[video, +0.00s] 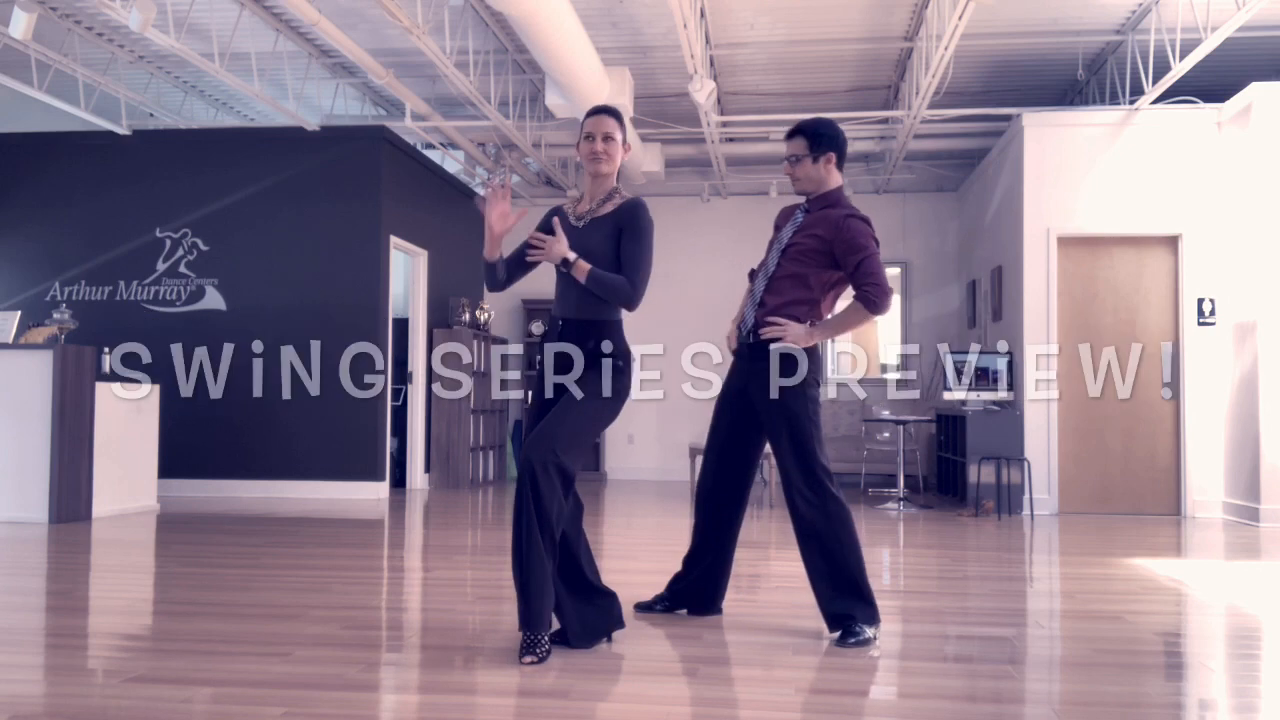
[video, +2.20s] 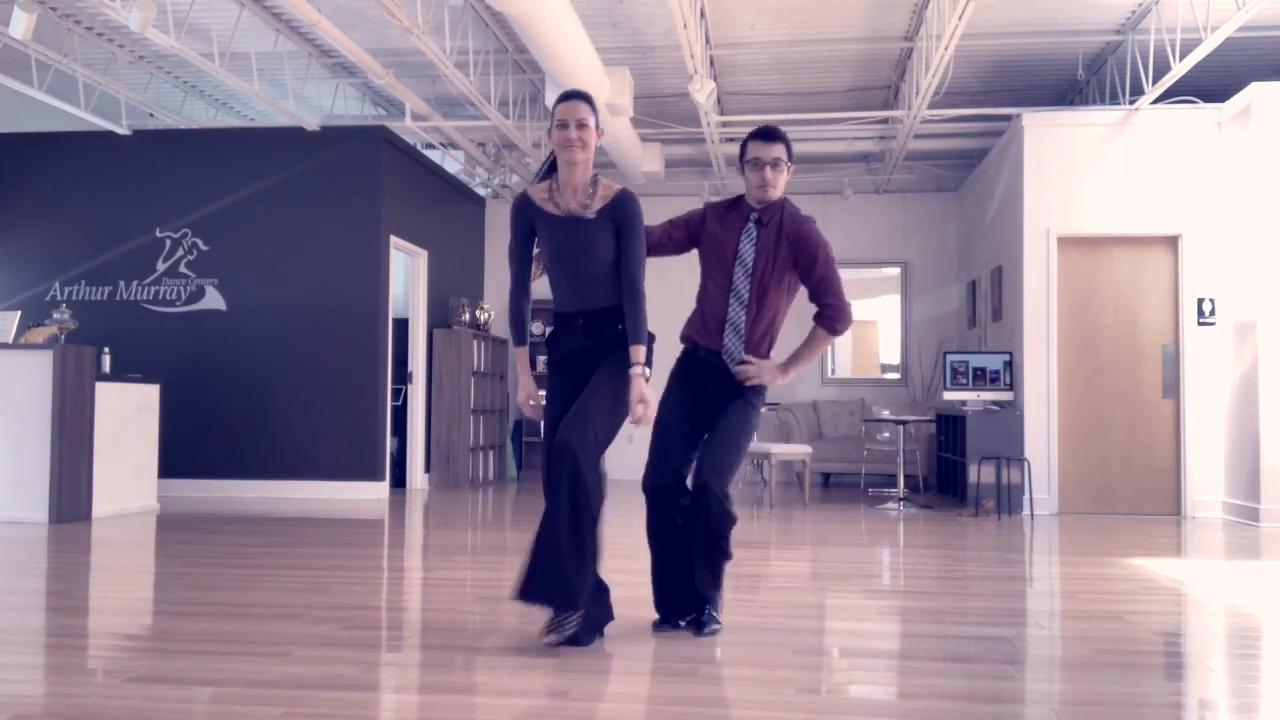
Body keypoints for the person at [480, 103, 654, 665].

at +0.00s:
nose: (598, 146)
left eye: (608, 138)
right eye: (589, 138)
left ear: (625, 150)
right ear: (577, 148)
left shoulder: (633, 213)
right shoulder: (560, 214)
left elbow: (632, 294)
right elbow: (499, 277)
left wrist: (567, 258)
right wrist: (493, 236)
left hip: (604, 361)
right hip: (554, 359)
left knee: (539, 452)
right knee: (547, 480)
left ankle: (538, 617)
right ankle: (588, 608)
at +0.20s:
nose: (583, 147)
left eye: (596, 138)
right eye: (578, 140)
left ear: (623, 155)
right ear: (573, 155)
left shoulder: (636, 213)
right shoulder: (563, 222)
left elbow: (617, 238)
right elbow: (489, 226)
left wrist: (607, 184)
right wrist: (525, 166)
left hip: (599, 372)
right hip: (554, 371)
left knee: (528, 459)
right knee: (541, 486)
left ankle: (535, 616)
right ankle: (588, 609)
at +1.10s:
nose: (596, 167)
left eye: (609, 160)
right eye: (591, 160)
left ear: (633, 179)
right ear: (583, 177)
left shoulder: (633, 236)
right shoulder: (559, 241)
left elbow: (600, 266)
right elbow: (483, 269)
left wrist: (603, 211)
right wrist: (489, 218)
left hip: (577, 386)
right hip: (533, 380)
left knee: (499, 469)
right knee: (518, 497)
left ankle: (528, 619)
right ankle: (586, 611)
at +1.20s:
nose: (591, 157)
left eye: (602, 150)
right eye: (585, 149)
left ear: (622, 167)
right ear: (577, 162)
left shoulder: (622, 226)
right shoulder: (556, 231)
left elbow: (618, 309)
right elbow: (505, 302)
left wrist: (569, 270)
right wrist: (460, 288)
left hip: (584, 374)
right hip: (542, 372)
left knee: (505, 468)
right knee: (520, 491)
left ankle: (527, 617)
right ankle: (588, 611)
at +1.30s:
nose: (576, 142)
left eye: (587, 136)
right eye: (570, 134)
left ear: (607, 151)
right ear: (560, 147)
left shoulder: (610, 216)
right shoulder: (542, 219)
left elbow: (616, 301)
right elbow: (528, 299)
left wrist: (574, 348)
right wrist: (481, 347)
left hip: (594, 360)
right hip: (549, 359)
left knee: (519, 462)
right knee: (526, 484)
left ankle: (530, 618)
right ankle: (588, 610)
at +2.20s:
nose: (572, 134)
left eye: (581, 126)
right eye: (562, 125)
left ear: (598, 135)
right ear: (550, 134)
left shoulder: (620, 202)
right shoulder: (531, 204)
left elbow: (634, 287)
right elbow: (519, 288)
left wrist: (639, 369)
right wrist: (523, 369)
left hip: (620, 343)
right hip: (566, 345)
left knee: (574, 446)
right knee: (566, 462)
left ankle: (571, 597)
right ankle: (588, 603)